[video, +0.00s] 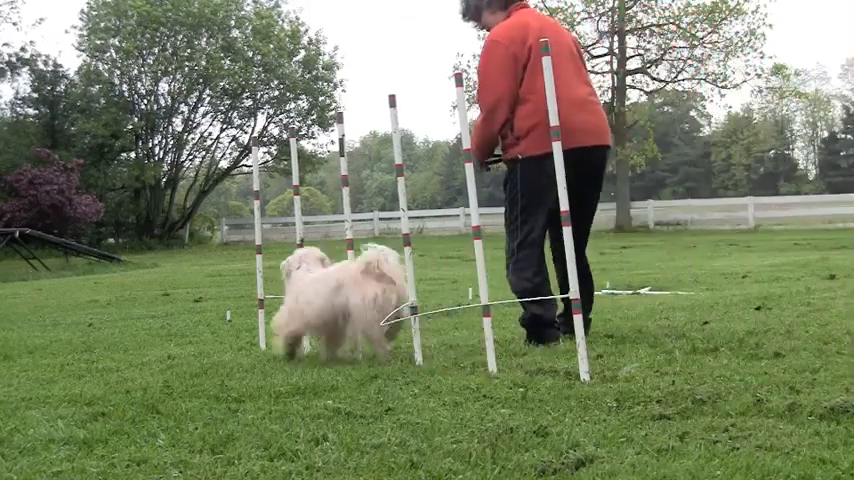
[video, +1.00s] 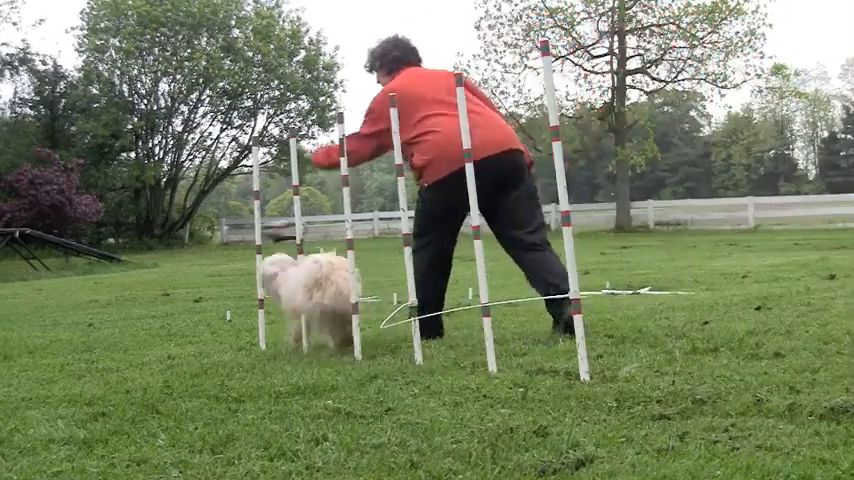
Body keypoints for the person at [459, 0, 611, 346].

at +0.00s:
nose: (483, 29)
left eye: (480, 20)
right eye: (477, 24)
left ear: (492, 6)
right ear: (514, 2)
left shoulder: (503, 37)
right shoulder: (561, 30)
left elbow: (495, 107)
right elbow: (575, 87)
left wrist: (479, 153)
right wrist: (519, 135)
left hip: (540, 145)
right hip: (593, 138)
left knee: (524, 243)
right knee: (571, 239)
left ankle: (542, 330)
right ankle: (578, 322)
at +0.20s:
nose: (486, 36)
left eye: (483, 28)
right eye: (481, 32)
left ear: (495, 10)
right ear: (518, 6)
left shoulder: (504, 40)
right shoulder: (563, 34)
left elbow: (495, 112)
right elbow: (578, 90)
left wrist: (482, 157)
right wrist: (521, 142)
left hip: (542, 146)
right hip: (595, 140)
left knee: (522, 240)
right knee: (579, 240)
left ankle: (540, 317)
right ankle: (579, 319)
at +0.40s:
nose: (479, 38)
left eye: (477, 31)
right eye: (475, 33)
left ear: (488, 16)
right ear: (514, 11)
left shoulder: (494, 45)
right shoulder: (558, 38)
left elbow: (485, 111)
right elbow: (579, 88)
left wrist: (483, 161)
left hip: (532, 146)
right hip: (588, 140)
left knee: (510, 232)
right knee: (576, 233)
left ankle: (526, 314)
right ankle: (578, 318)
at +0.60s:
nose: (459, 47)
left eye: (459, 39)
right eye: (457, 41)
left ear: (471, 28)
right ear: (497, 22)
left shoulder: (472, 56)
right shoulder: (538, 48)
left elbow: (466, 121)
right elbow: (566, 99)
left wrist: (463, 173)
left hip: (514, 154)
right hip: (572, 148)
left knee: (488, 239)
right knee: (565, 238)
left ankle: (465, 319)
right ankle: (576, 318)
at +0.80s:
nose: (424, 64)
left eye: (424, 57)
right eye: (421, 59)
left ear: (435, 46)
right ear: (459, 42)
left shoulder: (433, 81)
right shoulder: (499, 62)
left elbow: (427, 144)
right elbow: (535, 107)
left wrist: (429, 200)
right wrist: (544, 147)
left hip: (481, 165)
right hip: (536, 153)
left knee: (460, 251)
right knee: (550, 239)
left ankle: (436, 325)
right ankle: (573, 316)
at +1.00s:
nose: (379, 83)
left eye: (378, 76)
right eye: (377, 77)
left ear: (388, 68)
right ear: (414, 61)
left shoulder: (389, 96)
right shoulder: (454, 76)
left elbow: (361, 145)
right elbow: (493, 111)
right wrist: (520, 153)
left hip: (446, 166)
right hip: (503, 152)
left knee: (431, 247)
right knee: (529, 239)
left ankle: (429, 326)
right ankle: (566, 309)